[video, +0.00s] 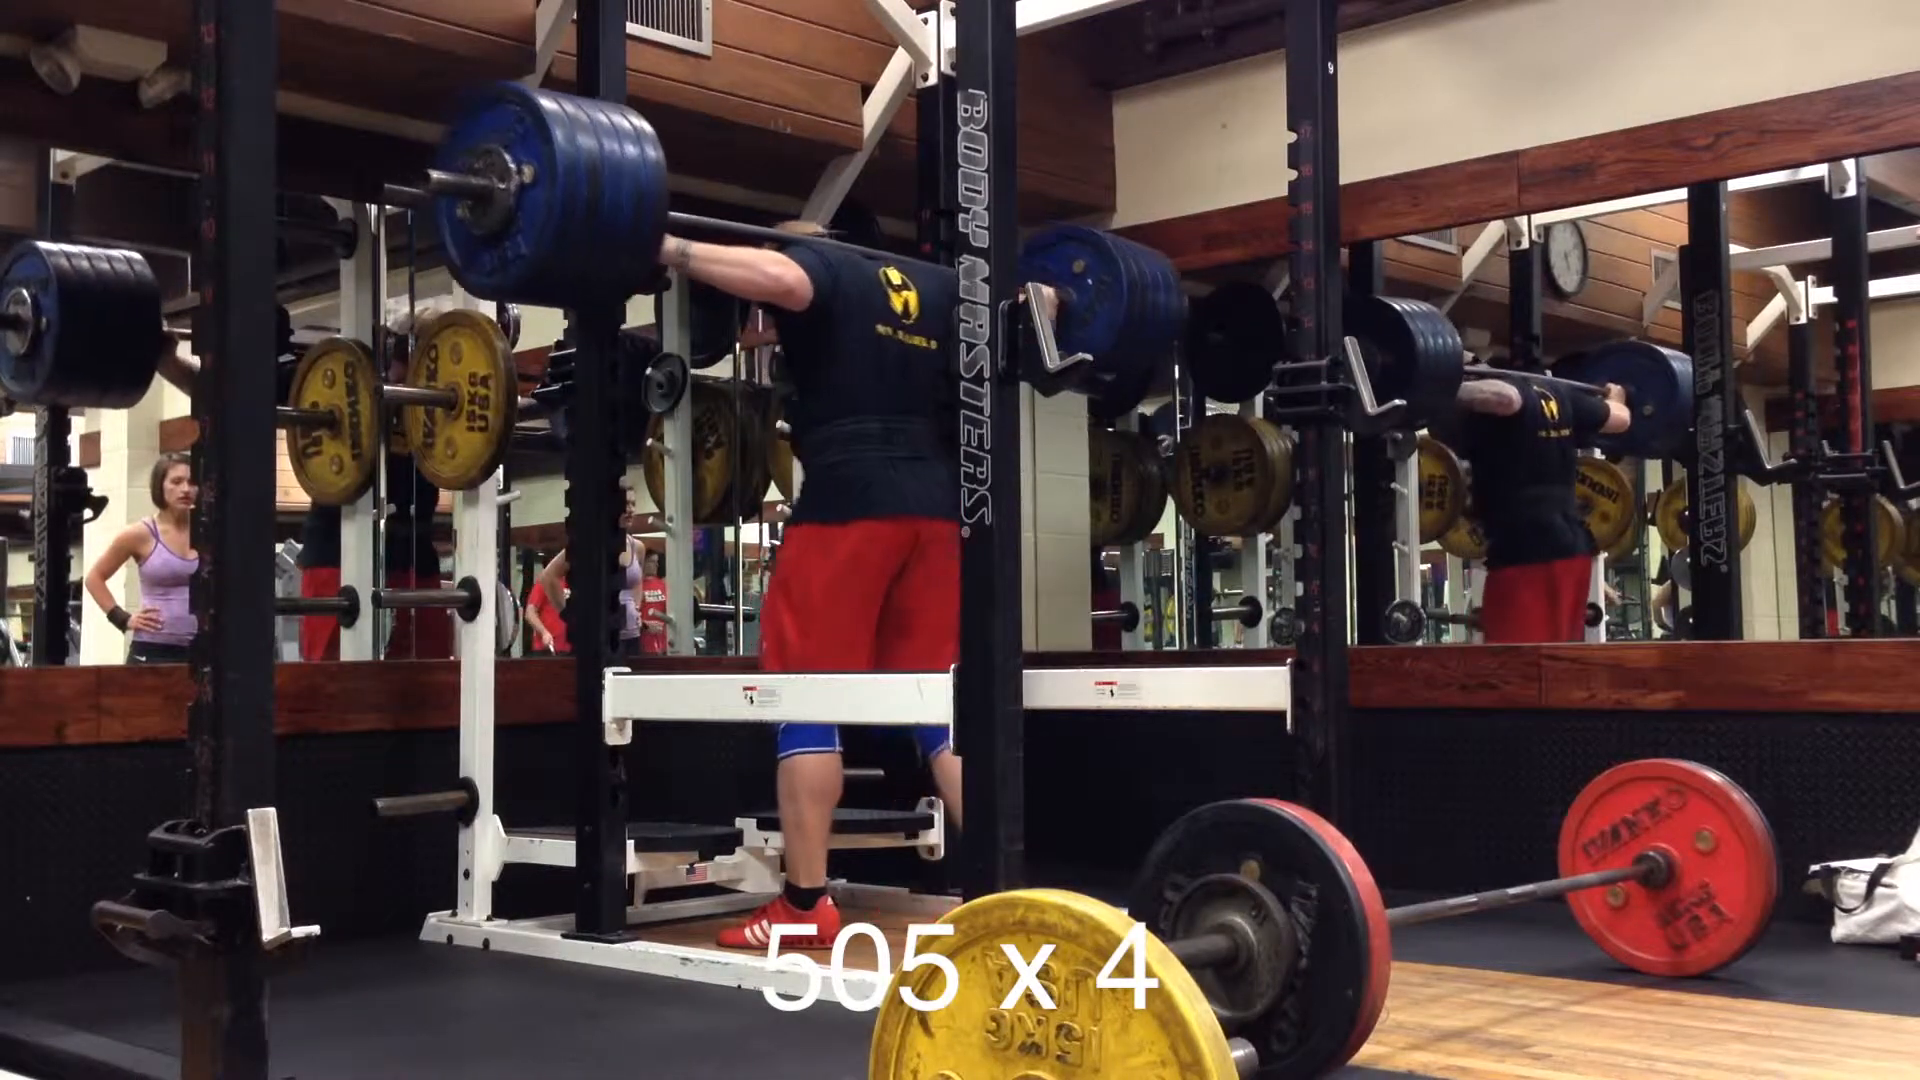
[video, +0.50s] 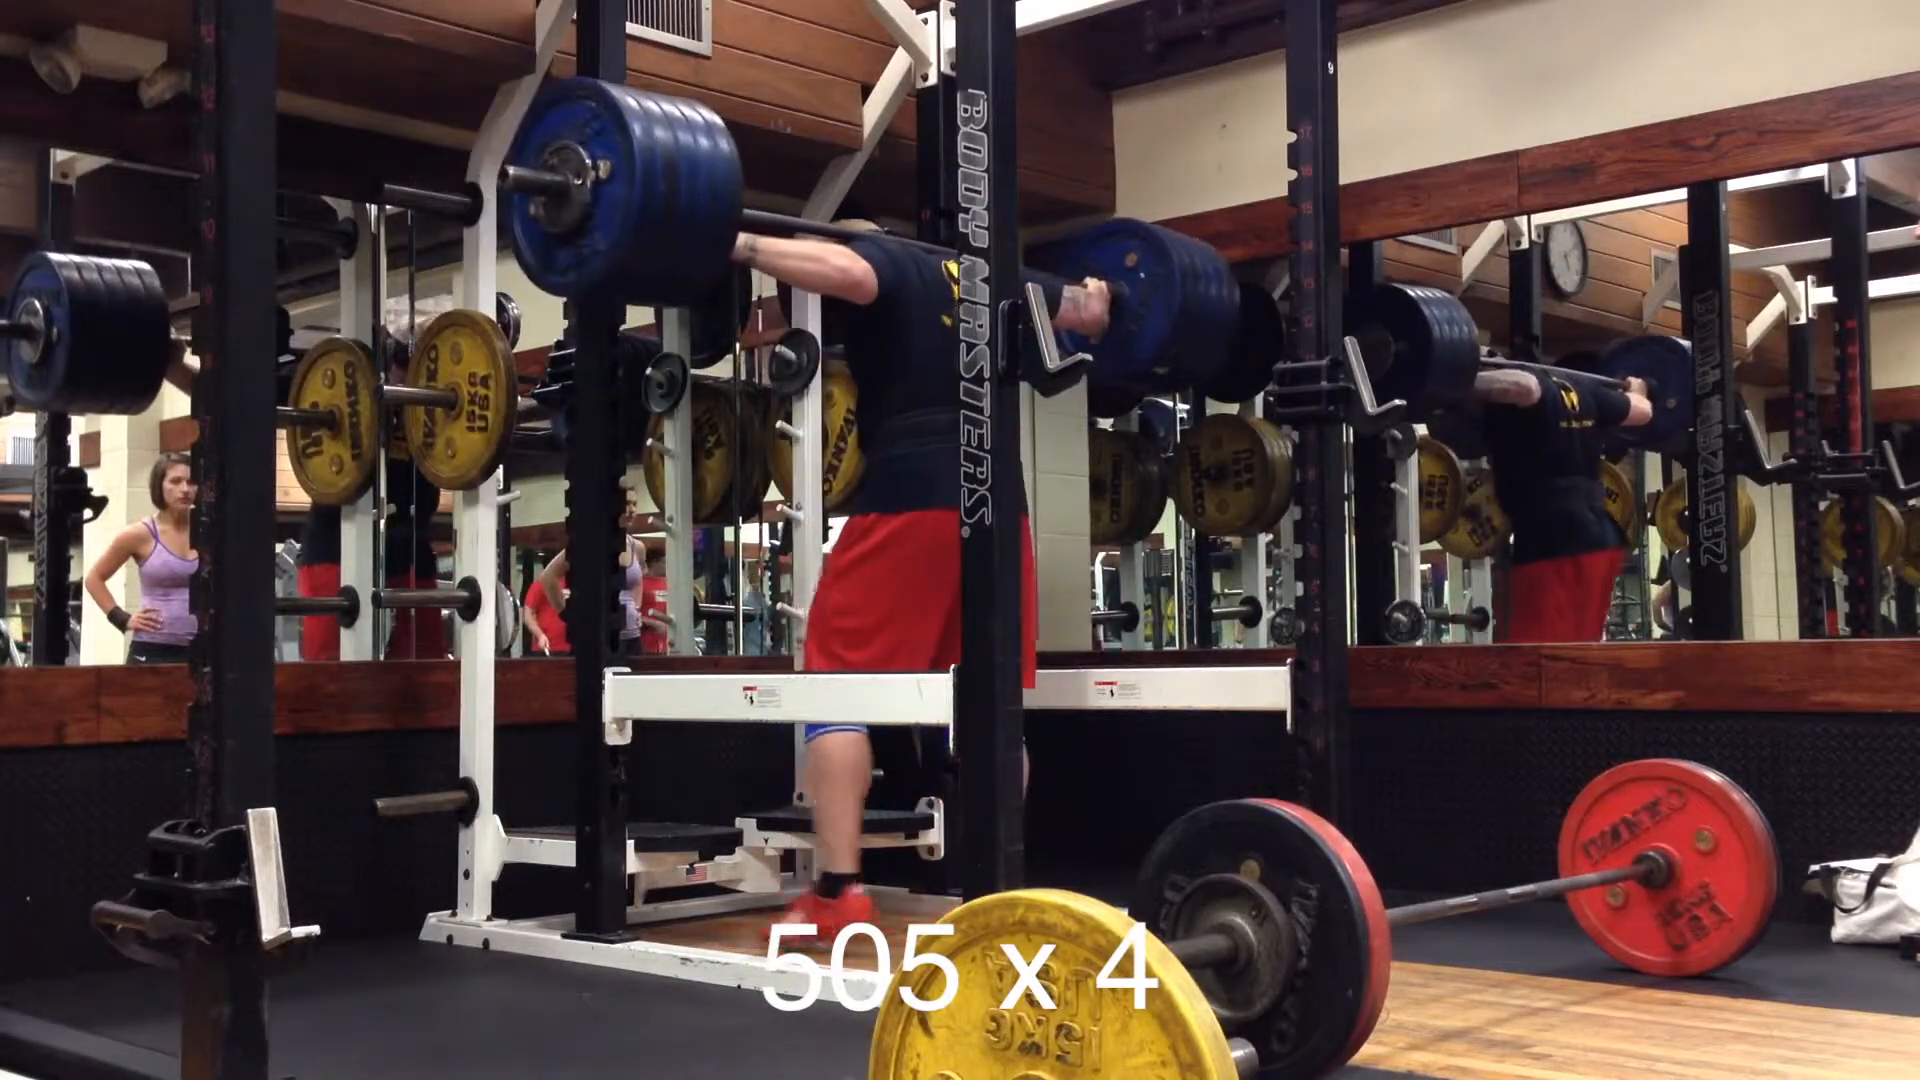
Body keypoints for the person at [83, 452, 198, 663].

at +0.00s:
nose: (186, 489)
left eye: (192, 482)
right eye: (177, 482)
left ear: (200, 488)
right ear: (160, 487)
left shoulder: (204, 530)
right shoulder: (140, 534)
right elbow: (94, 579)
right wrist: (123, 619)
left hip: (199, 648)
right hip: (153, 647)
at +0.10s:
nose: (186, 489)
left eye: (192, 482)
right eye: (176, 482)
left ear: (200, 488)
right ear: (159, 487)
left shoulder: (204, 530)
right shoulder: (140, 534)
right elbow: (94, 579)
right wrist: (123, 619)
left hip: (199, 648)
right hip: (153, 647)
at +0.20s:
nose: (185, 489)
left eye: (191, 481)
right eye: (176, 481)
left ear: (199, 487)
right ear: (159, 486)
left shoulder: (204, 528)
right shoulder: (140, 534)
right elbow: (93, 579)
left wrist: (212, 613)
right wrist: (123, 620)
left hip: (199, 647)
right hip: (153, 648)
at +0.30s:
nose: (185, 489)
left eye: (191, 482)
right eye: (176, 481)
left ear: (199, 487)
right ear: (159, 486)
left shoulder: (204, 528)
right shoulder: (140, 534)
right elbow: (93, 579)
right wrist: (123, 619)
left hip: (200, 648)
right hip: (153, 648)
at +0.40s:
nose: (185, 489)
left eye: (191, 482)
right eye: (176, 481)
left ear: (198, 487)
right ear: (159, 486)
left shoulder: (204, 528)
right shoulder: (140, 534)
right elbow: (93, 579)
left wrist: (213, 613)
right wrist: (123, 620)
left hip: (199, 647)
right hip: (153, 648)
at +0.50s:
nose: (185, 489)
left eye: (191, 482)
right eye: (176, 481)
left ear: (198, 487)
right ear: (159, 486)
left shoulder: (205, 528)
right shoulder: (140, 535)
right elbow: (93, 579)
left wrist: (213, 613)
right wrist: (123, 620)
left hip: (200, 647)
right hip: (153, 648)